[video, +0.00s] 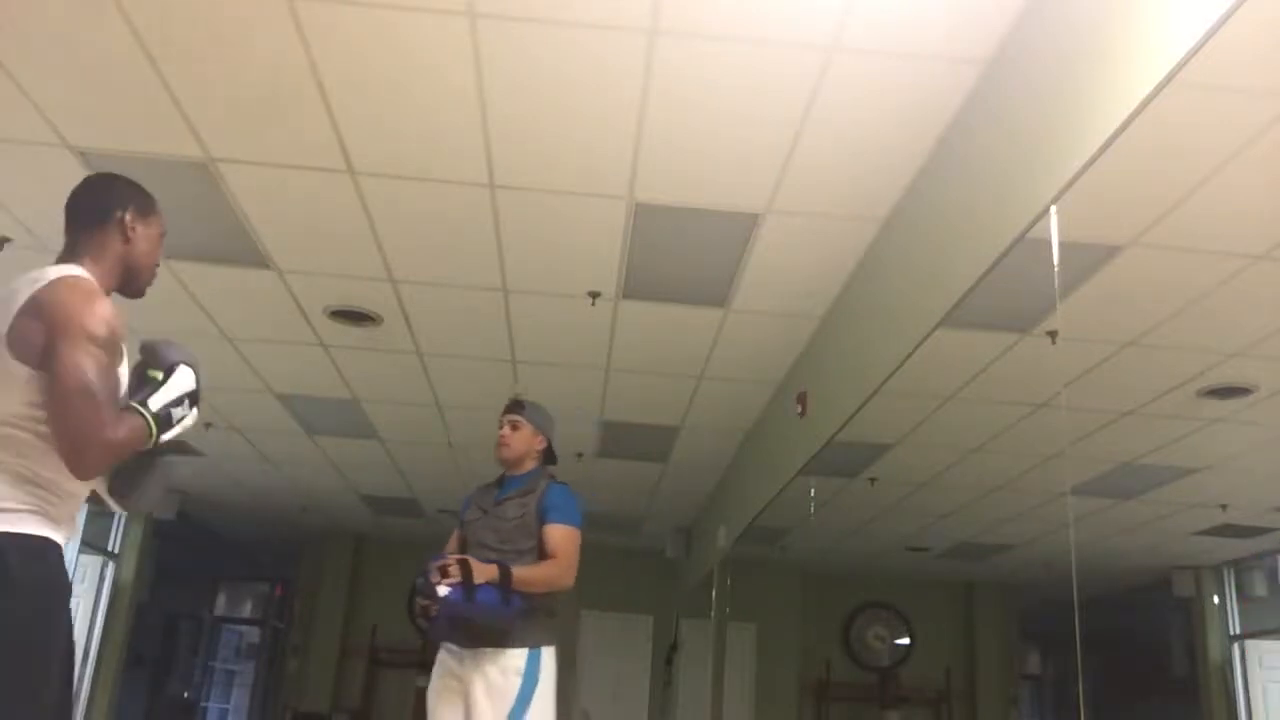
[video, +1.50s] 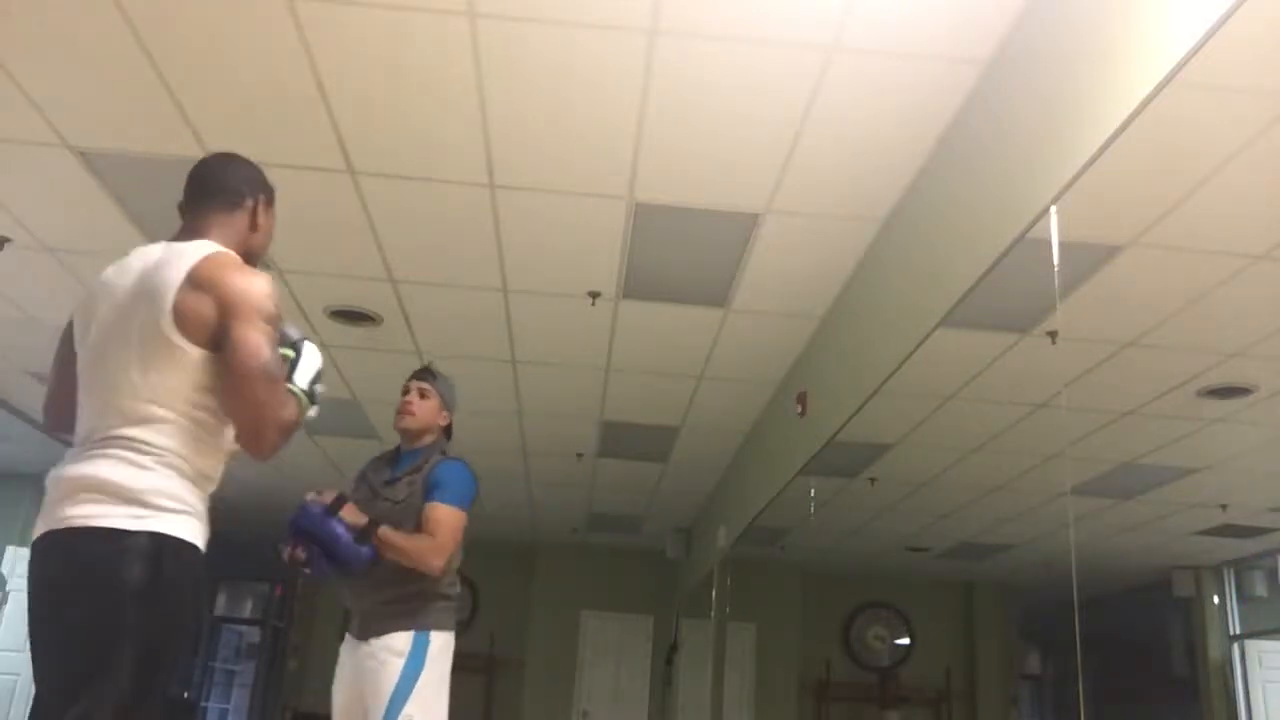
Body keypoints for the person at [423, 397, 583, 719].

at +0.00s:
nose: (502, 433)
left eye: (515, 426)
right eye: (501, 426)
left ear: (540, 442)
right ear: (498, 435)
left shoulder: (556, 495)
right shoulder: (480, 497)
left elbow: (563, 573)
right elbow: (450, 556)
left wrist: (489, 572)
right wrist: (438, 578)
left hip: (516, 657)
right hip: (455, 651)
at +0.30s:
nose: (475, 429)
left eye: (488, 422)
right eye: (473, 423)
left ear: (512, 440)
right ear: (469, 432)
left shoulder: (526, 491)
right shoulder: (447, 492)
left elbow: (537, 570)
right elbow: (416, 553)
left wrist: (468, 566)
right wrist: (400, 590)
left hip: (484, 644)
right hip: (430, 640)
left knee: (474, 713)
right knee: (417, 713)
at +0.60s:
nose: (459, 426)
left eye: (472, 418)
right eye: (457, 419)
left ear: (497, 436)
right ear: (450, 428)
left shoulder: (511, 486)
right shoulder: (425, 487)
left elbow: (528, 561)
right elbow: (393, 551)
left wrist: (495, 509)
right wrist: (377, 588)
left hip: (473, 636)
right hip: (417, 636)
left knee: (456, 713)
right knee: (410, 714)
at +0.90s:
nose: (448, 415)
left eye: (462, 409)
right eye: (446, 408)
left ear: (485, 428)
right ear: (438, 420)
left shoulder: (496, 489)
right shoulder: (410, 482)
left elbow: (517, 573)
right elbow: (375, 544)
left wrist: (453, 567)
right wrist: (354, 588)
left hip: (450, 641)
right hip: (395, 637)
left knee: (435, 713)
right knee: (394, 713)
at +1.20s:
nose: (430, 400)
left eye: (445, 395)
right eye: (428, 393)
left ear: (468, 417)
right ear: (420, 406)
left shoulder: (474, 478)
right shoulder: (395, 465)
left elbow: (484, 564)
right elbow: (355, 529)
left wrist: (406, 528)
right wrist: (316, 567)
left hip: (433, 636)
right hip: (381, 632)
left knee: (417, 712)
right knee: (367, 712)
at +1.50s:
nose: (407, 399)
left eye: (422, 394)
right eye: (405, 393)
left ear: (444, 417)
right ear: (397, 407)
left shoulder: (449, 472)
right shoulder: (376, 468)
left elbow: (434, 556)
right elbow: (346, 528)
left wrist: (364, 525)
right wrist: (311, 547)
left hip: (414, 638)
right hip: (361, 634)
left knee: (400, 712)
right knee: (347, 711)